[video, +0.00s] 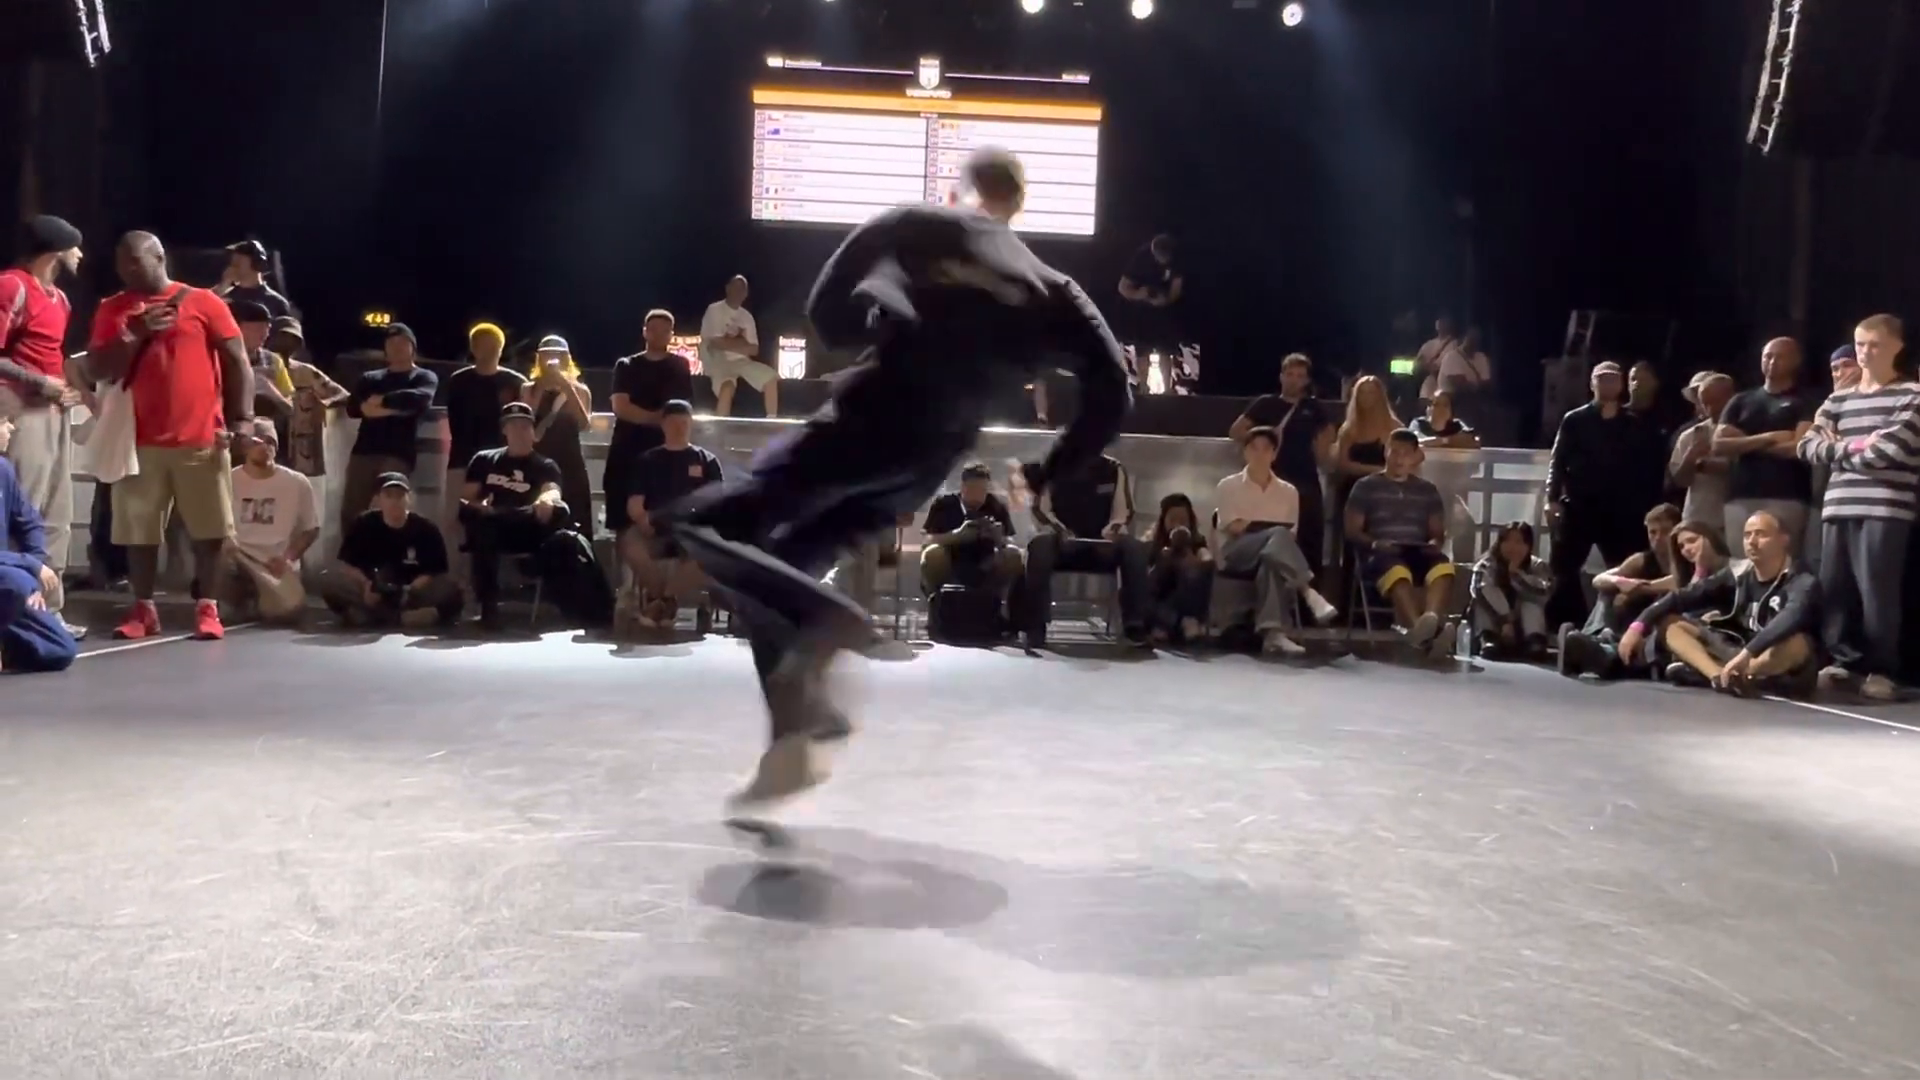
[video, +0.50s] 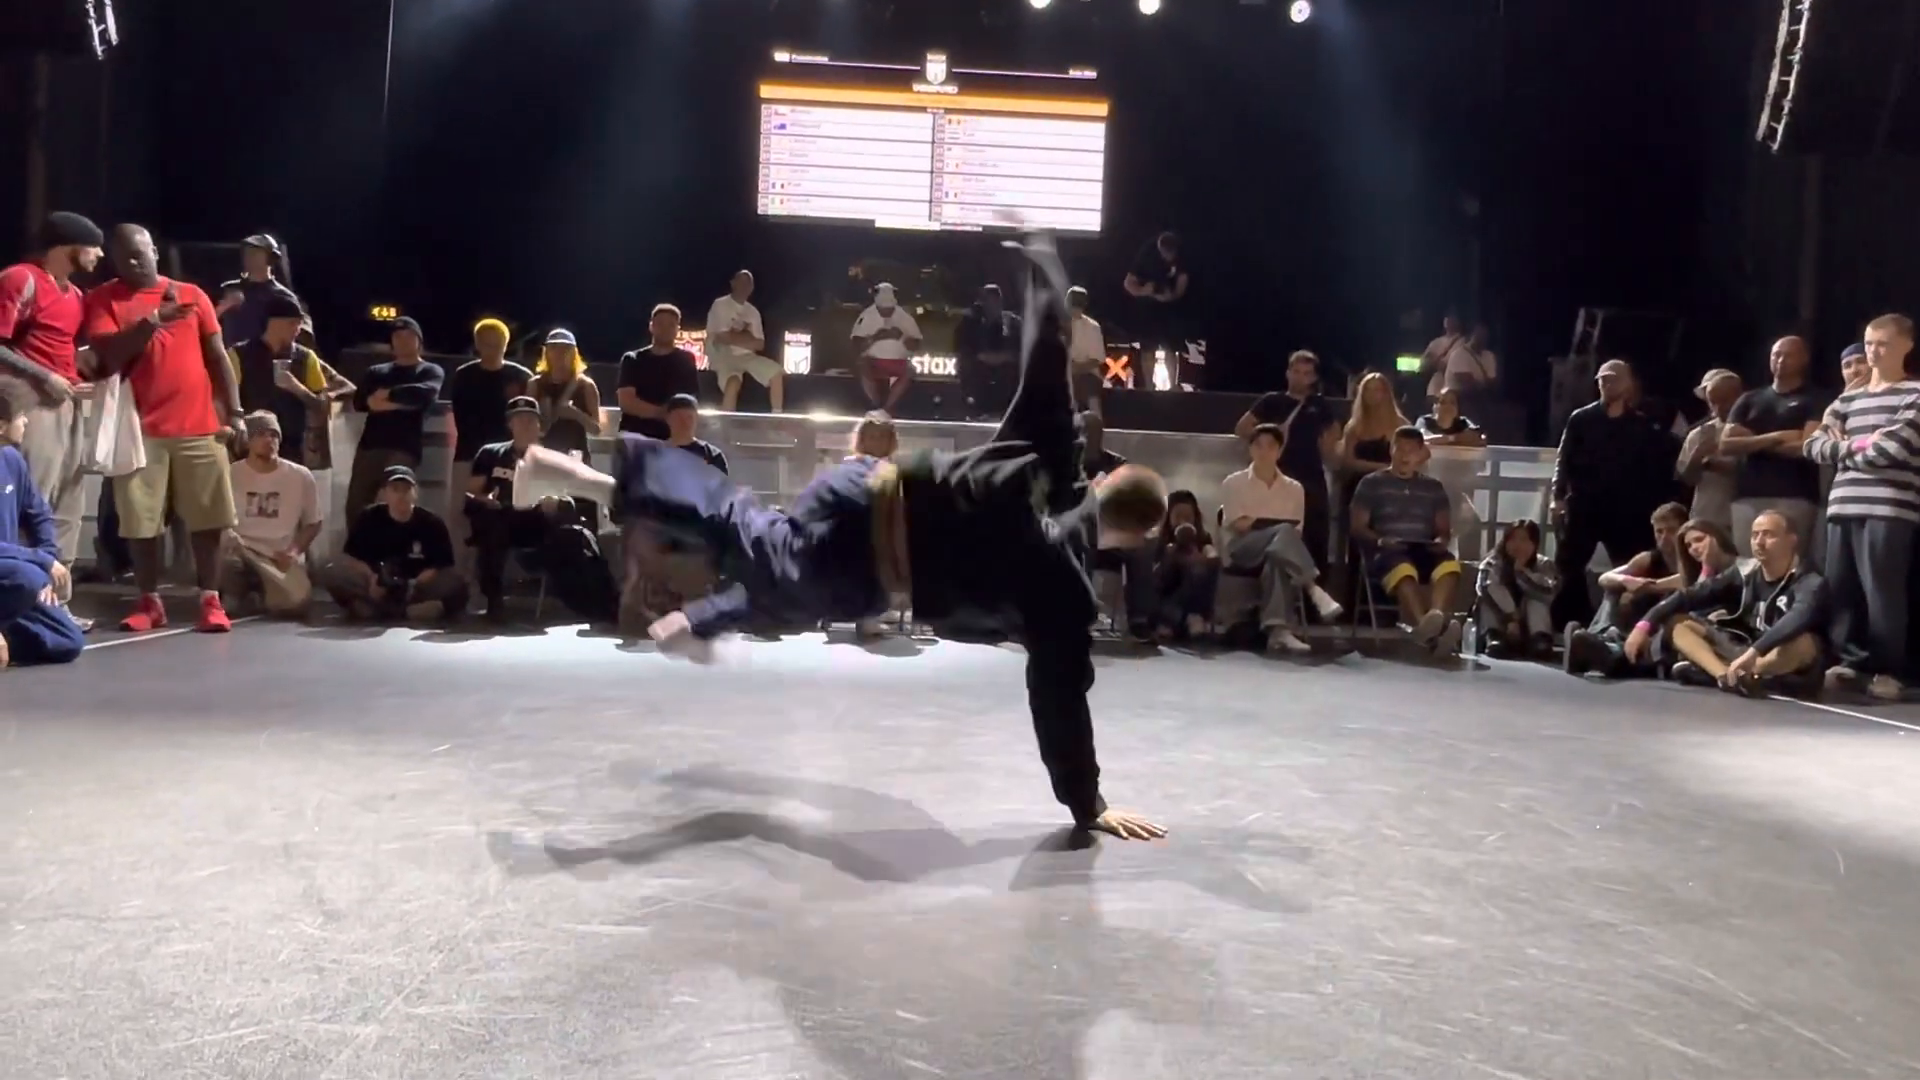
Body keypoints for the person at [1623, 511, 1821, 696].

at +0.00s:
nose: (1752, 542)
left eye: (1761, 535)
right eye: (1748, 536)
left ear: (1784, 540)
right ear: (1743, 540)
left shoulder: (1802, 582)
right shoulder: (1738, 574)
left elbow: (1791, 619)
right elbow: (1686, 596)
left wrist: (1748, 653)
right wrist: (1638, 626)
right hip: (1738, 653)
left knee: (1797, 643)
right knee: (1673, 630)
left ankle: (1717, 678)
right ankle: (1719, 677)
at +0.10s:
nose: (1752, 542)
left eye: (1761, 535)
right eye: (1748, 536)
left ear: (1785, 540)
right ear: (1743, 540)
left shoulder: (1804, 581)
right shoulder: (1740, 573)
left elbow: (1793, 618)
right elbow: (1688, 595)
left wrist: (1749, 653)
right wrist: (1640, 626)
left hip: (1783, 662)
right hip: (1741, 650)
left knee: (1798, 642)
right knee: (1674, 627)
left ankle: (1723, 678)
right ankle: (1721, 677)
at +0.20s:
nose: (1754, 541)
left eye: (1764, 534)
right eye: (1751, 535)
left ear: (1787, 540)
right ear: (1746, 540)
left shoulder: (1806, 582)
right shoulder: (1742, 572)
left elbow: (1794, 619)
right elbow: (1690, 595)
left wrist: (1752, 651)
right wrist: (1642, 625)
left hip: (1785, 661)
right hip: (1743, 650)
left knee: (1800, 642)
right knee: (1676, 628)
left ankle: (1726, 677)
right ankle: (1723, 677)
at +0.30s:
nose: (1756, 540)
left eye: (1765, 533)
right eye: (1753, 534)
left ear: (1789, 540)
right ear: (1747, 539)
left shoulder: (1807, 582)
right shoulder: (1743, 572)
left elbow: (1796, 619)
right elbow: (1692, 595)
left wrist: (1753, 651)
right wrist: (1643, 625)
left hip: (1787, 663)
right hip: (1744, 651)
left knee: (1801, 642)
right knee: (1677, 627)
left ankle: (1725, 677)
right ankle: (1724, 676)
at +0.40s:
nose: (1757, 540)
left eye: (1767, 534)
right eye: (1754, 534)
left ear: (1790, 540)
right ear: (1749, 539)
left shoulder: (1809, 582)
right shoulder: (1744, 570)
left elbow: (1797, 619)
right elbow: (1693, 595)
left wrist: (1753, 651)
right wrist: (1644, 625)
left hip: (1787, 661)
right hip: (1744, 651)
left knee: (1802, 642)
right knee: (1678, 628)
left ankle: (1725, 677)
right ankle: (1725, 676)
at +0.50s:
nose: (1758, 542)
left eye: (1767, 535)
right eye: (1755, 536)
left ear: (1792, 540)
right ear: (1749, 540)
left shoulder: (1810, 582)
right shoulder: (1745, 572)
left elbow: (1798, 620)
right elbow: (1693, 595)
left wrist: (1754, 651)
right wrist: (1645, 625)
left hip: (1789, 661)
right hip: (1746, 651)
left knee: (1803, 643)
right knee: (1679, 627)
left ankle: (1726, 678)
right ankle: (1726, 677)